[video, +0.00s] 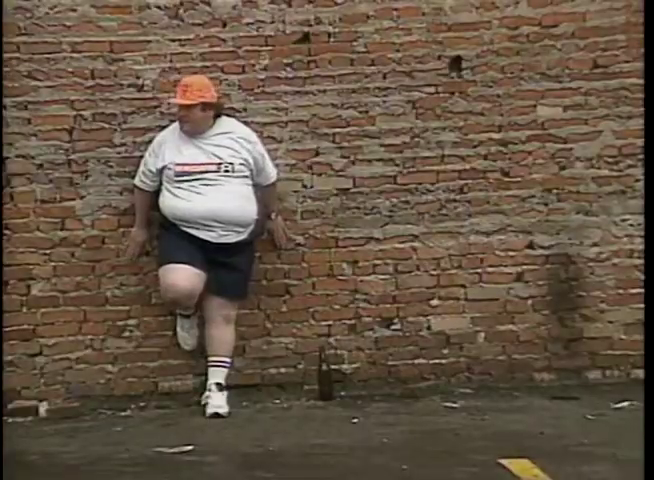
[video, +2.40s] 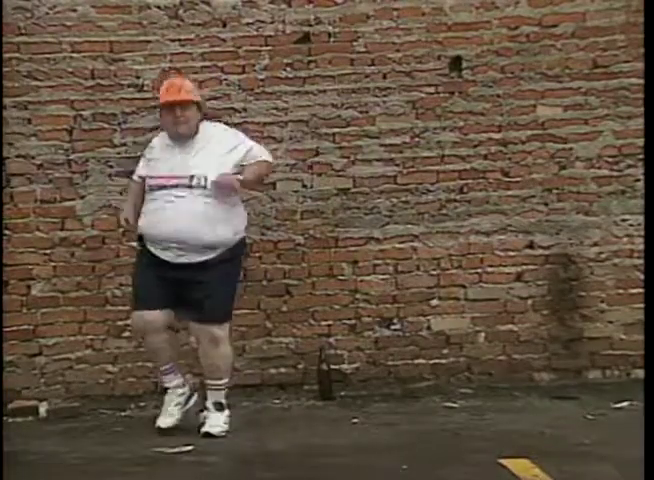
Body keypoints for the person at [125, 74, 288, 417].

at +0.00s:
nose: (182, 114)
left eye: (190, 108)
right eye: (180, 107)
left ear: (211, 108)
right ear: (178, 107)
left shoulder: (242, 138)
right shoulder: (166, 141)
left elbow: (266, 181)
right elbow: (144, 185)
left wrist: (271, 217)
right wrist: (140, 227)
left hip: (233, 239)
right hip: (182, 233)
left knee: (222, 312)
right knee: (180, 288)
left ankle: (216, 385)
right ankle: (187, 315)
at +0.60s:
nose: (223, 121)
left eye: (227, 114)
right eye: (215, 115)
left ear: (234, 114)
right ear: (196, 114)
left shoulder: (245, 147)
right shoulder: (172, 144)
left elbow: (273, 182)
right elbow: (135, 181)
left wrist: (291, 215)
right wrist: (122, 225)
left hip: (234, 250)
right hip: (180, 245)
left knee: (224, 322)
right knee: (182, 319)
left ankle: (217, 387)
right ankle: (192, 361)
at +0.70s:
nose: (214, 111)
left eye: (220, 105)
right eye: (207, 105)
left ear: (229, 109)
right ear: (194, 108)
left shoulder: (244, 146)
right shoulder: (173, 142)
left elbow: (272, 179)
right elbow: (143, 173)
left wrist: (283, 204)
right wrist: (142, 203)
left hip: (234, 252)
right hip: (180, 247)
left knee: (225, 324)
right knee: (181, 314)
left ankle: (217, 388)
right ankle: (189, 377)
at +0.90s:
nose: (202, 95)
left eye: (209, 89)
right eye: (195, 89)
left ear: (220, 92)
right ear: (184, 92)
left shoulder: (236, 123)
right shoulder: (169, 121)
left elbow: (249, 161)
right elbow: (158, 164)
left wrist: (227, 180)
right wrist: (192, 176)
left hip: (228, 234)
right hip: (178, 231)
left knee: (222, 311)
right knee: (187, 307)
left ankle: (217, 388)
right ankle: (189, 390)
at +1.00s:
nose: (198, 107)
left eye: (204, 100)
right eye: (190, 101)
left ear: (215, 97)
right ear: (178, 99)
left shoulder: (235, 126)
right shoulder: (164, 127)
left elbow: (257, 161)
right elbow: (134, 160)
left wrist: (233, 186)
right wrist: (162, 174)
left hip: (226, 236)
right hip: (175, 234)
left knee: (226, 313)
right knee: (184, 312)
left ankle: (219, 386)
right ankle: (190, 390)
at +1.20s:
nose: (195, 120)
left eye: (201, 112)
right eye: (187, 113)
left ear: (211, 110)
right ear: (175, 114)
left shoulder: (233, 145)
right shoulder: (156, 146)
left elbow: (265, 181)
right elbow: (120, 176)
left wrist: (269, 212)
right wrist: (116, 199)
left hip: (228, 245)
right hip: (172, 247)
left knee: (246, 310)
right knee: (185, 325)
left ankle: (236, 370)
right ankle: (192, 394)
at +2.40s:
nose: (178, 114)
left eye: (185, 106)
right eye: (170, 108)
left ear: (199, 108)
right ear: (161, 113)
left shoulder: (224, 138)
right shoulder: (157, 146)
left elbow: (264, 164)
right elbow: (140, 180)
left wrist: (241, 182)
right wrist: (130, 208)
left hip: (213, 256)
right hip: (157, 254)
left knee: (211, 332)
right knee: (147, 321)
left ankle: (217, 407)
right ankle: (176, 388)